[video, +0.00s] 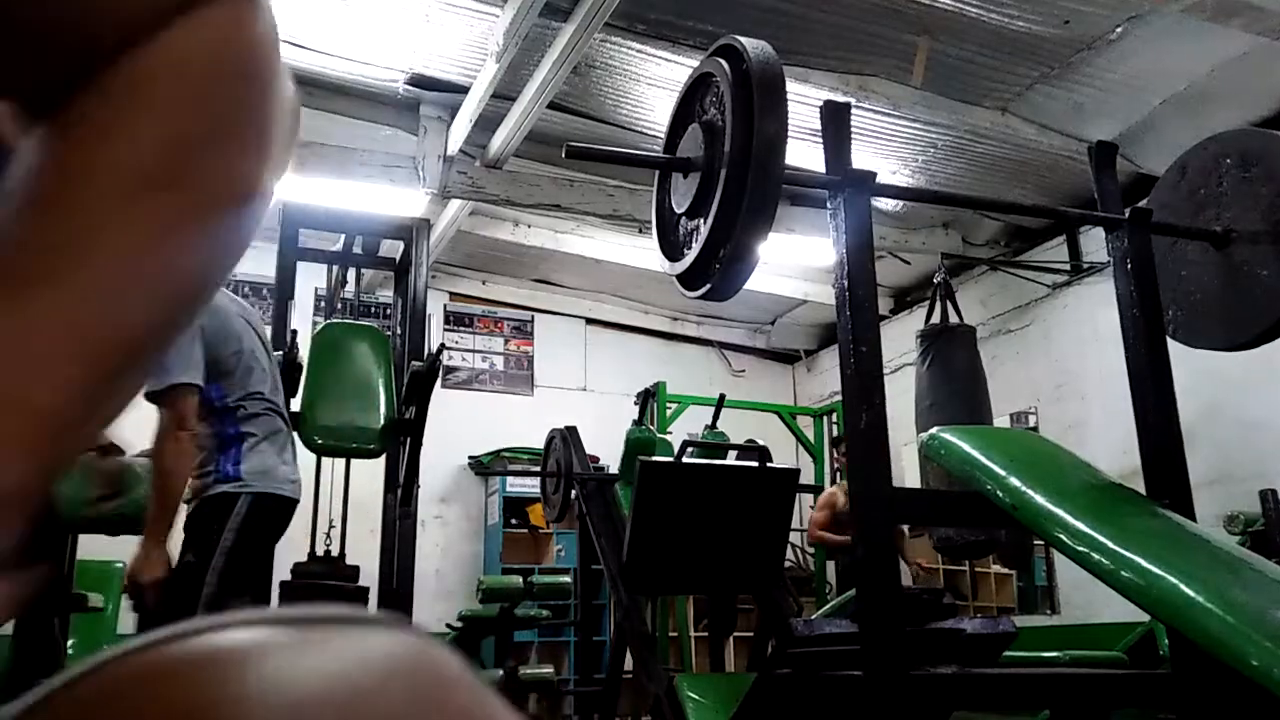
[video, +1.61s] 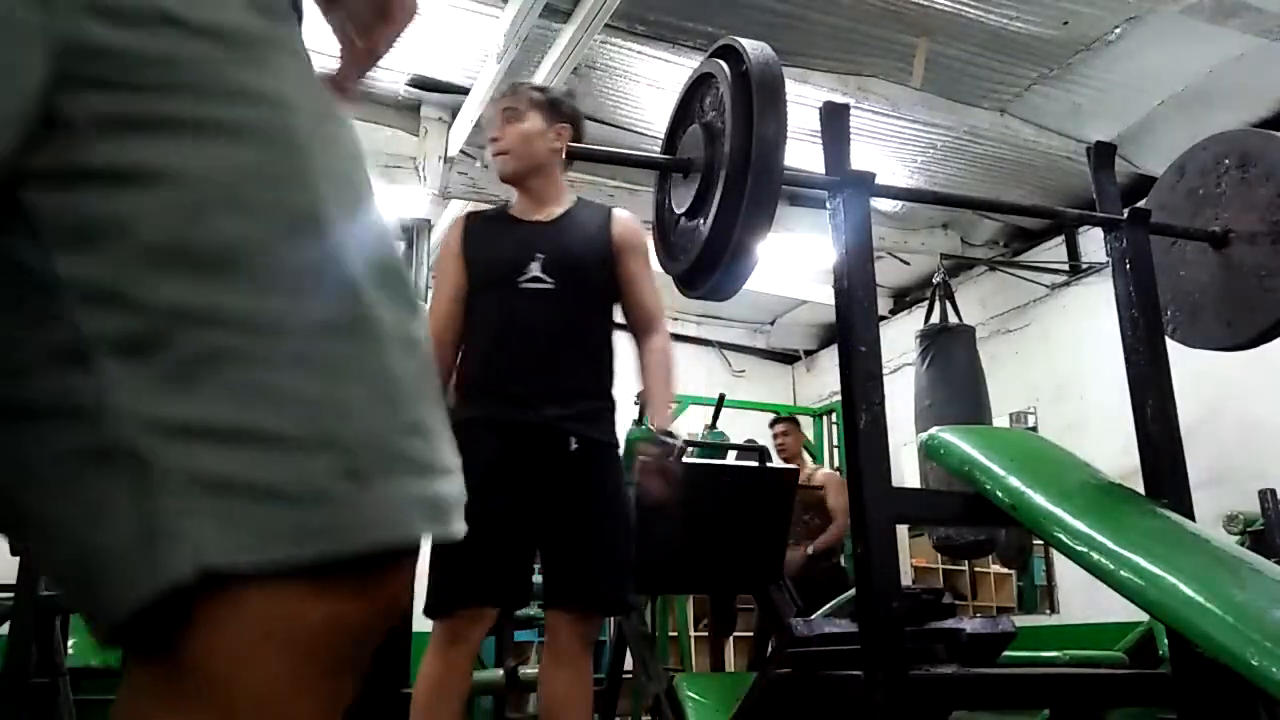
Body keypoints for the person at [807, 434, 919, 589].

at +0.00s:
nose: (852, 459)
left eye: (856, 453)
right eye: (846, 454)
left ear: (865, 456)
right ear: (838, 460)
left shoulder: (879, 491)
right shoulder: (833, 496)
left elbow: (896, 531)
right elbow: (814, 534)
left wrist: (911, 561)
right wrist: (852, 540)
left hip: (884, 572)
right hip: (851, 576)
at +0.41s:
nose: (830, 458)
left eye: (834, 451)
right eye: (823, 453)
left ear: (844, 452)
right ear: (816, 458)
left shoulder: (859, 490)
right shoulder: (813, 498)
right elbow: (798, 537)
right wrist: (837, 538)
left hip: (864, 569)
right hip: (831, 574)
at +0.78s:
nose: (825, 455)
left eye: (831, 448)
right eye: (818, 450)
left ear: (841, 451)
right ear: (812, 457)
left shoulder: (857, 489)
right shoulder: (808, 496)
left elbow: (892, 529)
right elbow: (794, 536)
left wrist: (851, 538)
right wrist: (816, 544)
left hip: (861, 569)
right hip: (828, 573)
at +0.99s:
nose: (826, 450)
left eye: (832, 443)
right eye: (820, 445)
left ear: (843, 446)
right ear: (814, 451)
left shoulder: (858, 486)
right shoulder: (808, 493)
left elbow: (878, 525)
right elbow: (798, 537)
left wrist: (851, 534)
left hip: (856, 568)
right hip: (822, 571)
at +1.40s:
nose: (803, 443)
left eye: (809, 436)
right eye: (798, 438)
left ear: (824, 439)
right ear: (796, 444)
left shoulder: (842, 481)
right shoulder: (798, 484)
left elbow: (860, 522)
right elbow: (793, 528)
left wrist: (829, 532)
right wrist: (791, 561)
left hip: (838, 570)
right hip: (804, 570)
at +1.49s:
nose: (793, 444)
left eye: (799, 437)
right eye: (789, 439)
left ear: (814, 440)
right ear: (786, 444)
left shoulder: (836, 480)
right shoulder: (789, 481)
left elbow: (856, 520)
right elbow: (787, 526)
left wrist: (820, 534)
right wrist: (786, 558)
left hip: (832, 571)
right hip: (796, 571)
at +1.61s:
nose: (779, 442)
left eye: (785, 434)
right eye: (775, 437)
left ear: (802, 437)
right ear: (772, 442)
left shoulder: (827, 478)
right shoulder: (777, 480)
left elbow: (841, 523)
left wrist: (808, 550)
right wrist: (781, 552)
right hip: (781, 567)